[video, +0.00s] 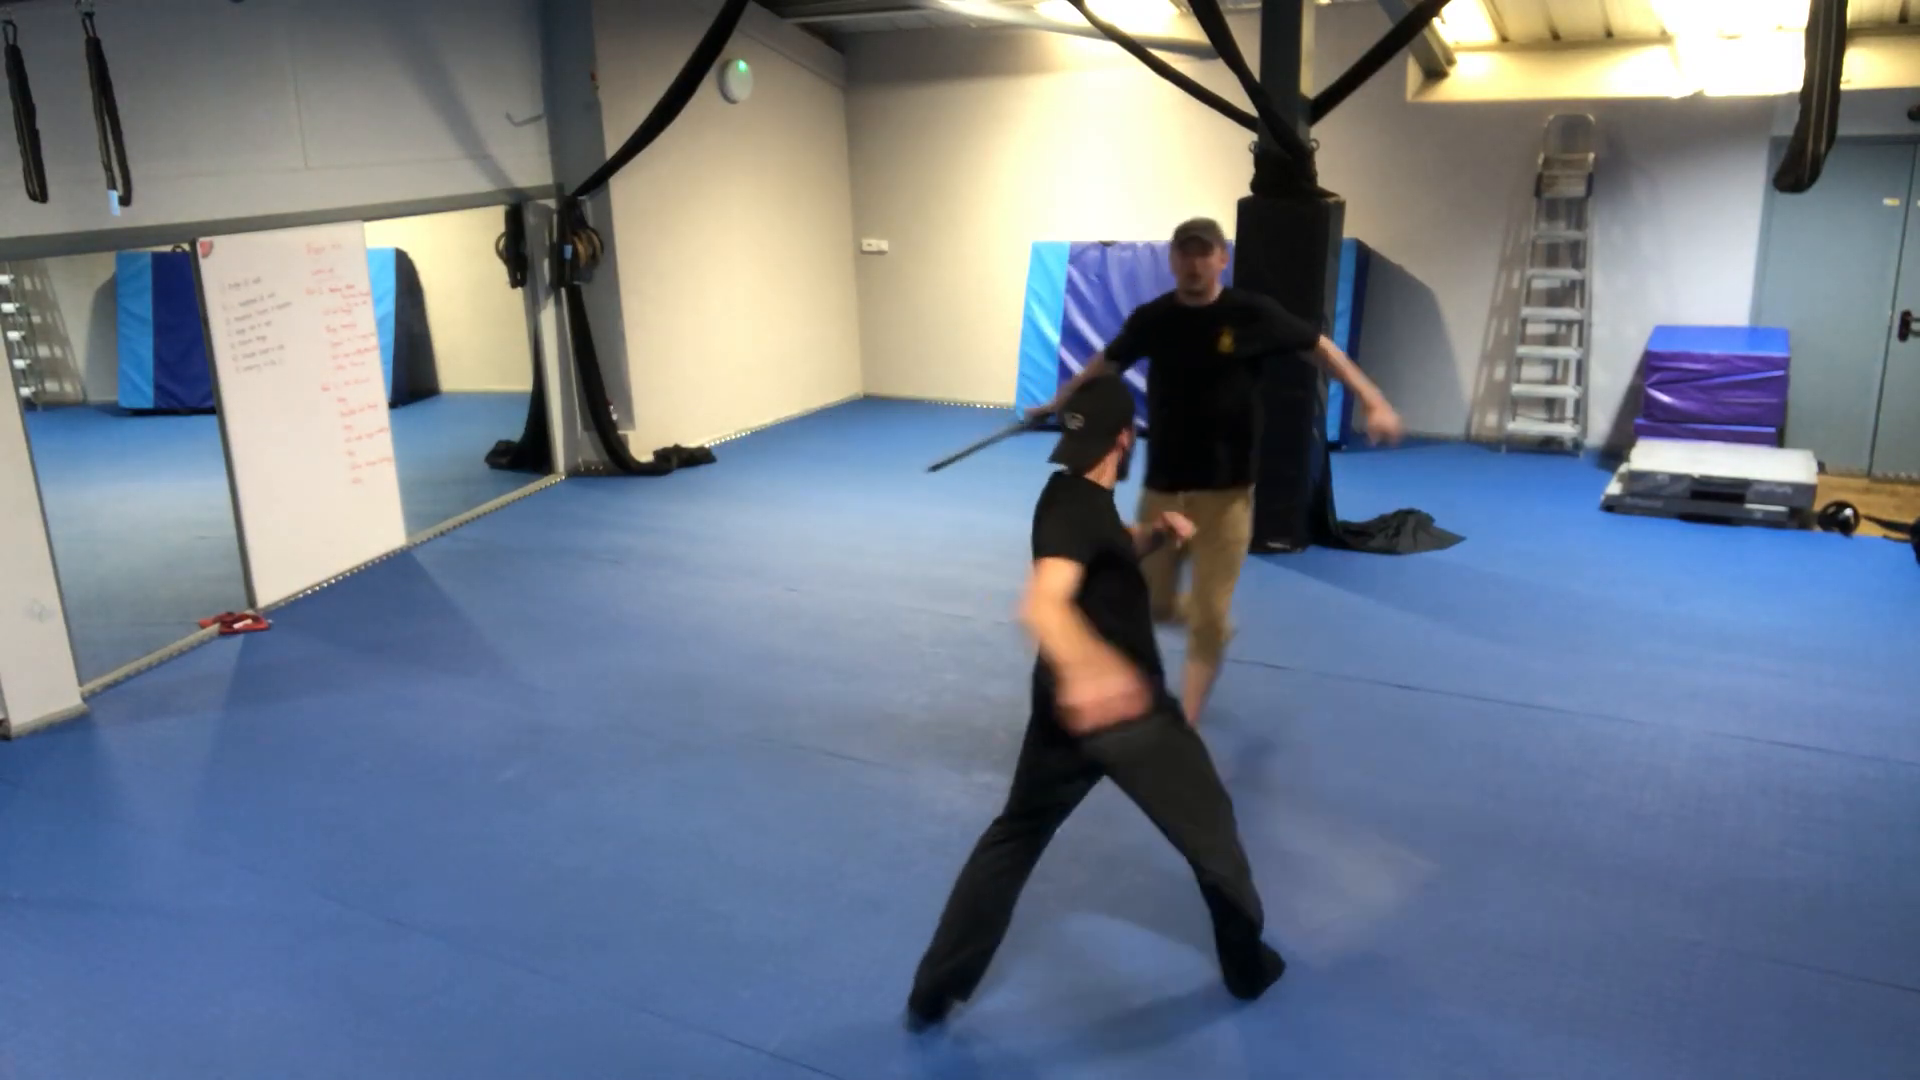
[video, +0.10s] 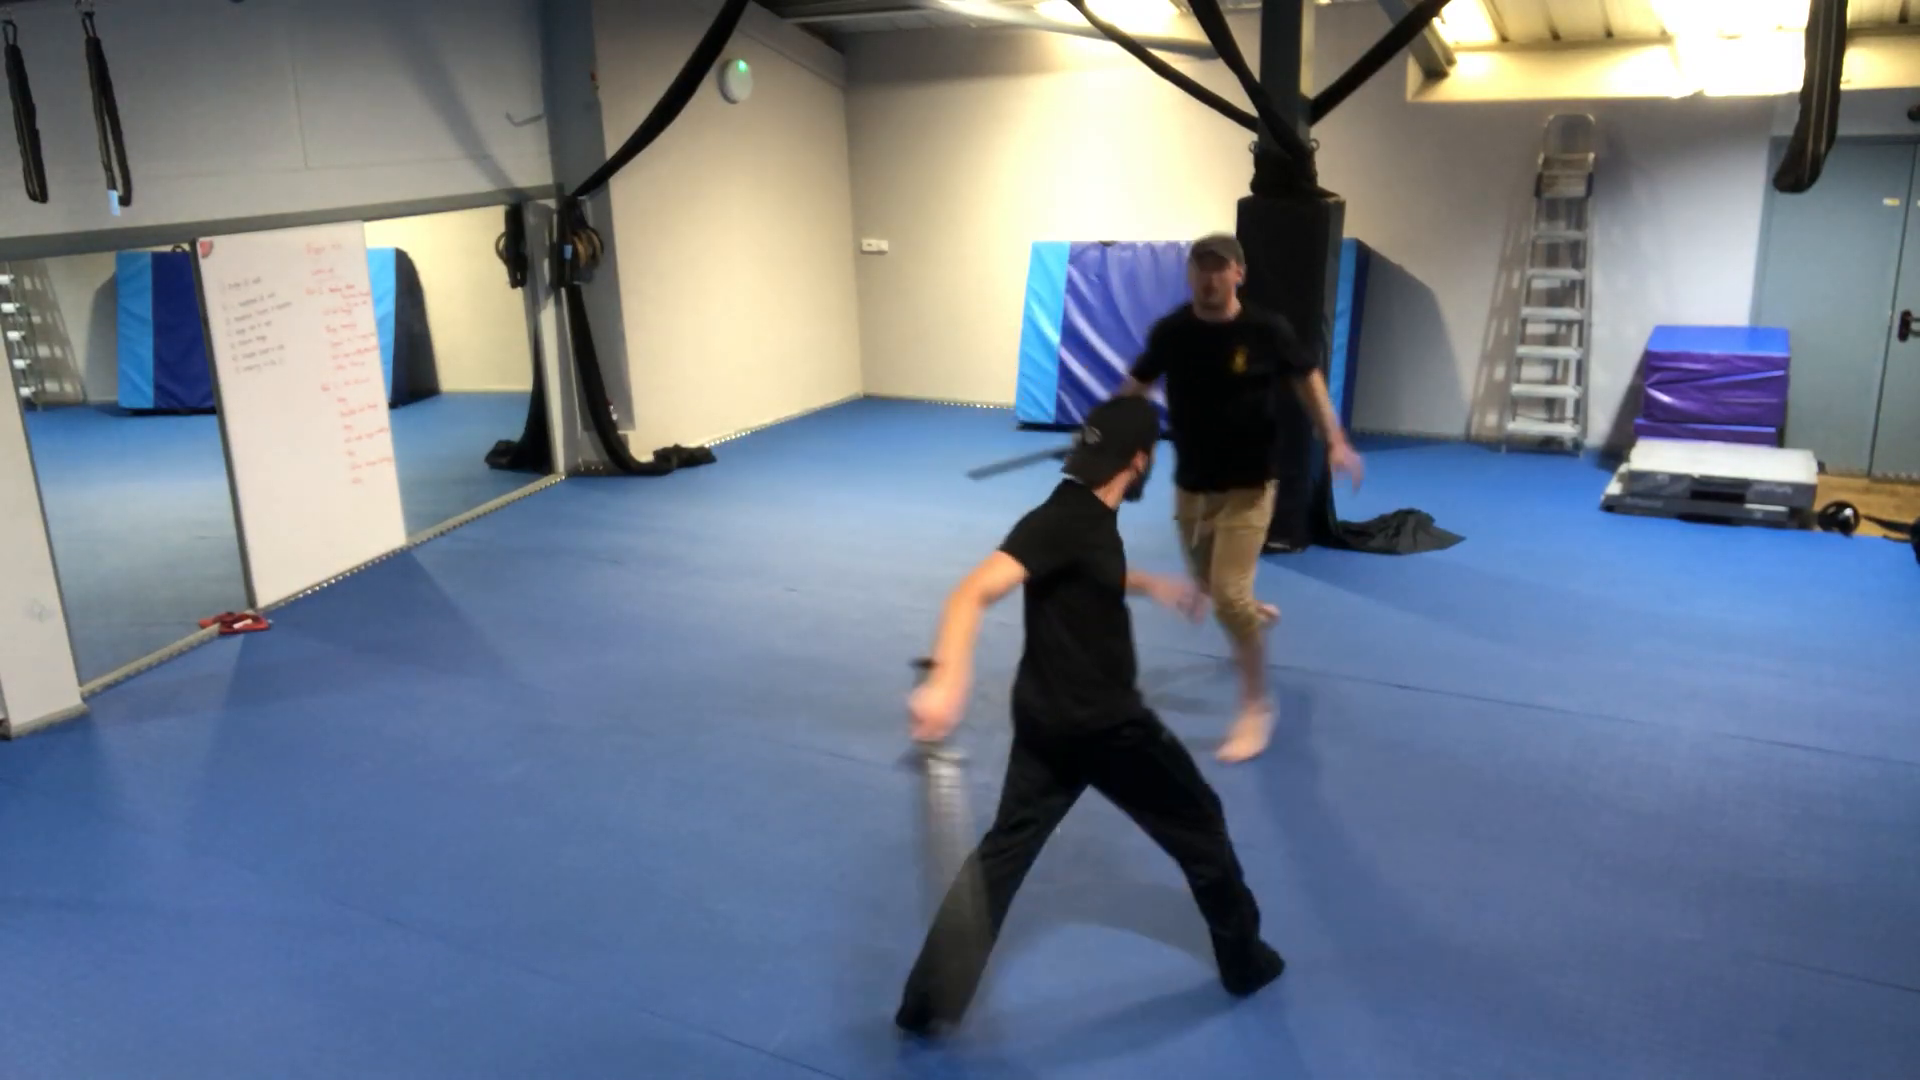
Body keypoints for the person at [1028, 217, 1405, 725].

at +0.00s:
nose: (1193, 265)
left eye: (1203, 255)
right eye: (1185, 255)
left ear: (1222, 259)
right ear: (1172, 260)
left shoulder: (1253, 314)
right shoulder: (1153, 319)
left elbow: (1320, 349)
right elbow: (1103, 364)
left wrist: (1375, 402)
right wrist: (1057, 403)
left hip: (1226, 492)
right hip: (1163, 489)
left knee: (1207, 615)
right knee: (1154, 603)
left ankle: (1185, 726)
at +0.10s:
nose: (1209, 282)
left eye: (1219, 272)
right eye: (1201, 272)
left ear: (1238, 274)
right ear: (1189, 275)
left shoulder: (1267, 331)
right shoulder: (1172, 332)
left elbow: (1309, 380)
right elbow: (1135, 385)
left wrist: (1334, 440)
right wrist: (1114, 435)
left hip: (1248, 487)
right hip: (1192, 485)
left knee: (1232, 599)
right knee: (1208, 583)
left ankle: (1255, 706)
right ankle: (1251, 615)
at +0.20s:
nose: (1215, 308)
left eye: (1225, 298)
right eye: (1208, 297)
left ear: (1245, 304)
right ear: (1198, 302)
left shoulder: (1271, 360)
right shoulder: (1185, 360)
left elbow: (1310, 418)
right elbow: (1177, 423)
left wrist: (1300, 487)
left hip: (1266, 497)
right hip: (1217, 496)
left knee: (1241, 603)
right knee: (1245, 577)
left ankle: (1301, 700)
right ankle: (1282, 630)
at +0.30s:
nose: (1214, 305)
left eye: (1225, 295)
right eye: (1207, 294)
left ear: (1245, 297)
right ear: (1199, 297)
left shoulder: (1271, 353)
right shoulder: (1198, 354)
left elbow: (1312, 428)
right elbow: (1200, 416)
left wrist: (1249, 473)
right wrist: (1169, 458)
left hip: (1280, 491)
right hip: (1230, 487)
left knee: (1244, 588)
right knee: (1250, 577)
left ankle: (1294, 693)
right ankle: (1287, 636)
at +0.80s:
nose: (1262, 316)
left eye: (1273, 306)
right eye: (1254, 305)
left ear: (1294, 306)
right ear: (1244, 304)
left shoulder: (1305, 361)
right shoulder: (1236, 349)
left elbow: (1292, 441)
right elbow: (1212, 382)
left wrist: (1210, 427)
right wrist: (1158, 372)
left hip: (1281, 498)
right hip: (1229, 492)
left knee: (1236, 614)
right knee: (1240, 575)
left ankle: (1237, 734)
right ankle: (1294, 632)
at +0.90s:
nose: (1283, 311)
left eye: (1293, 302)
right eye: (1274, 301)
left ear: (1312, 301)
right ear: (1260, 300)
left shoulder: (1322, 368)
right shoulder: (1237, 338)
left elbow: (1321, 446)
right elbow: (1160, 322)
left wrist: (1261, 430)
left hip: (1275, 516)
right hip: (1212, 502)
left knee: (1255, 636)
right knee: (1182, 613)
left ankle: (1238, 733)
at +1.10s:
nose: (1270, 321)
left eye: (1279, 310)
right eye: (1261, 310)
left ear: (1295, 301)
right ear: (1242, 299)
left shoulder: (1303, 346)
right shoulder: (1211, 336)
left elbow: (1316, 421)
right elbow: (1177, 301)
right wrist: (1191, 272)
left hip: (1275, 509)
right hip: (1208, 505)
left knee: (1263, 638)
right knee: (1189, 641)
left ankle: (1231, 741)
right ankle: (1142, 768)